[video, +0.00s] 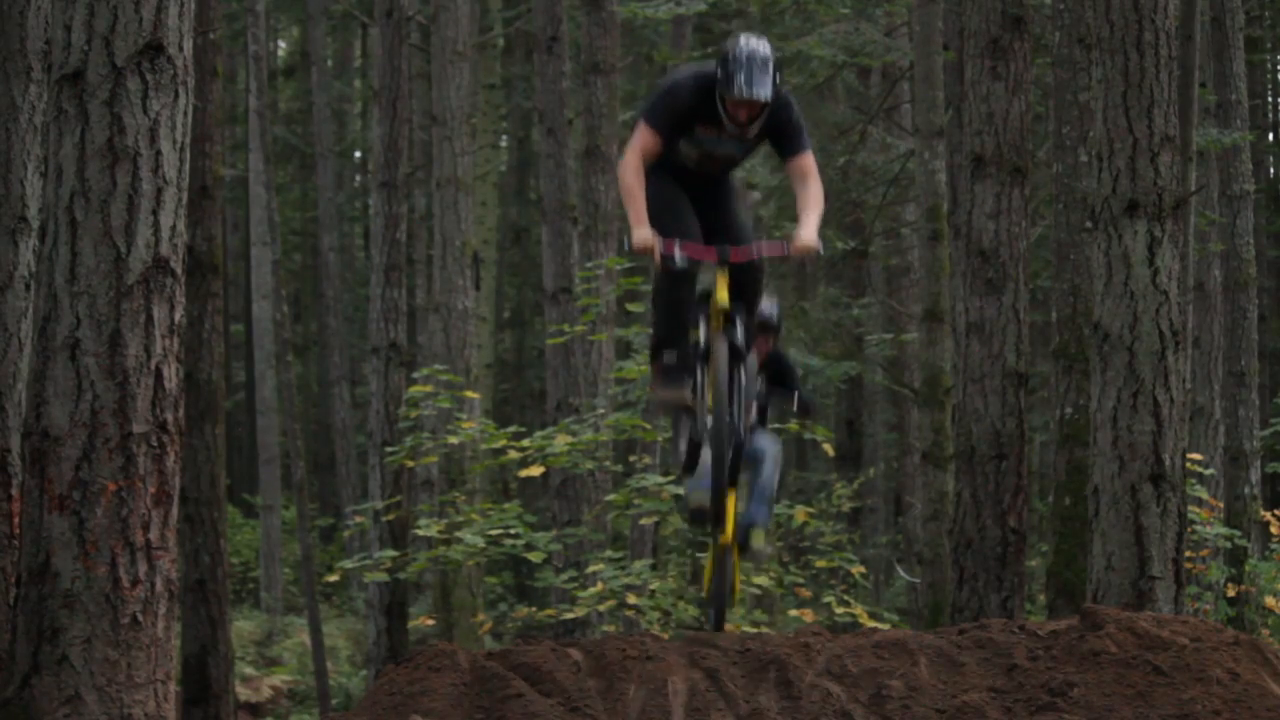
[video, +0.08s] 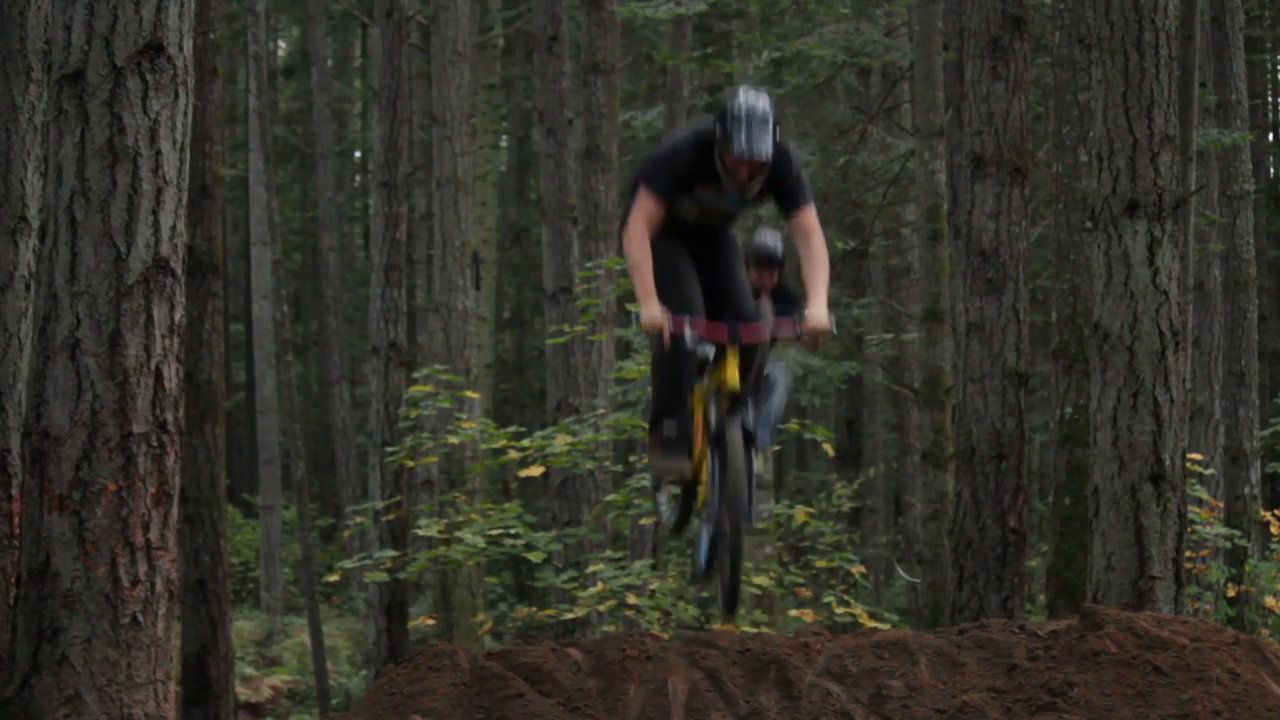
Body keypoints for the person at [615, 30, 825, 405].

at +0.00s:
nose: (744, 113)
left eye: (754, 105)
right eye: (737, 103)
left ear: (769, 95)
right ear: (720, 87)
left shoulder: (777, 107)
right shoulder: (686, 91)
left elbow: (806, 175)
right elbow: (632, 157)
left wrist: (808, 228)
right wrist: (639, 226)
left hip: (715, 183)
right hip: (664, 177)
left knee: (748, 267)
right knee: (681, 251)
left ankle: (742, 358)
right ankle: (667, 362)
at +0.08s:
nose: (746, 171)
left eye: (755, 163)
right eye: (738, 160)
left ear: (770, 151)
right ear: (720, 144)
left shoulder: (779, 162)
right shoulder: (684, 153)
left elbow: (810, 235)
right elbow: (636, 226)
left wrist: (817, 305)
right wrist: (648, 303)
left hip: (716, 237)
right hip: (666, 236)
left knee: (751, 327)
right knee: (682, 318)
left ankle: (737, 421)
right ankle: (667, 431)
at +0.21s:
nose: (744, 206)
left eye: (754, 198)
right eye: (736, 196)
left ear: (770, 186)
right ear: (719, 179)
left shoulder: (783, 199)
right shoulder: (681, 192)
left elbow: (813, 273)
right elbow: (639, 267)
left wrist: (822, 347)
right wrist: (652, 347)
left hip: (721, 274)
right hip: (668, 274)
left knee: (745, 365)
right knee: (681, 365)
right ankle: (663, 477)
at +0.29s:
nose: (744, 293)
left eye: (756, 284)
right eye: (736, 281)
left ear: (771, 271)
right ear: (716, 264)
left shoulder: (781, 274)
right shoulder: (675, 281)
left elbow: (815, 362)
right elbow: (648, 365)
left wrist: (831, 448)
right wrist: (661, 453)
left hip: (721, 347)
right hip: (668, 348)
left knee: (735, 460)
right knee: (679, 461)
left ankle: (722, 564)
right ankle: (669, 581)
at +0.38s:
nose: (746, 339)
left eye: (757, 329)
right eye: (737, 327)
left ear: (771, 319)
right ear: (718, 312)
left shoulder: (782, 329)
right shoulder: (677, 328)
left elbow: (817, 412)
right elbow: (654, 414)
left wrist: (834, 491)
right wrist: (663, 497)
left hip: (719, 383)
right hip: (663, 383)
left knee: (736, 494)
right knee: (682, 493)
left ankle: (723, 601)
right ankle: (671, 607)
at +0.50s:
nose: (747, 427)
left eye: (758, 416)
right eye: (739, 414)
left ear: (775, 403)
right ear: (719, 398)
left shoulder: (784, 412)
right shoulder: (676, 405)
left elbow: (828, 480)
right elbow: (618, 480)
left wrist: (835, 527)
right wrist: (647, 540)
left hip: (723, 465)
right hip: (665, 465)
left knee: (755, 531)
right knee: (695, 542)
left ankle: (743, 627)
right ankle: (684, 647)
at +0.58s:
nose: (750, 454)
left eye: (760, 445)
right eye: (743, 442)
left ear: (776, 430)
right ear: (722, 425)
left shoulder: (784, 438)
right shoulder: (672, 431)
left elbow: (823, 504)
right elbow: (615, 505)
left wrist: (834, 542)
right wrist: (647, 561)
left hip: (734, 491)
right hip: (671, 491)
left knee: (763, 546)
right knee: (693, 569)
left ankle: (749, 632)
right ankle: (691, 673)